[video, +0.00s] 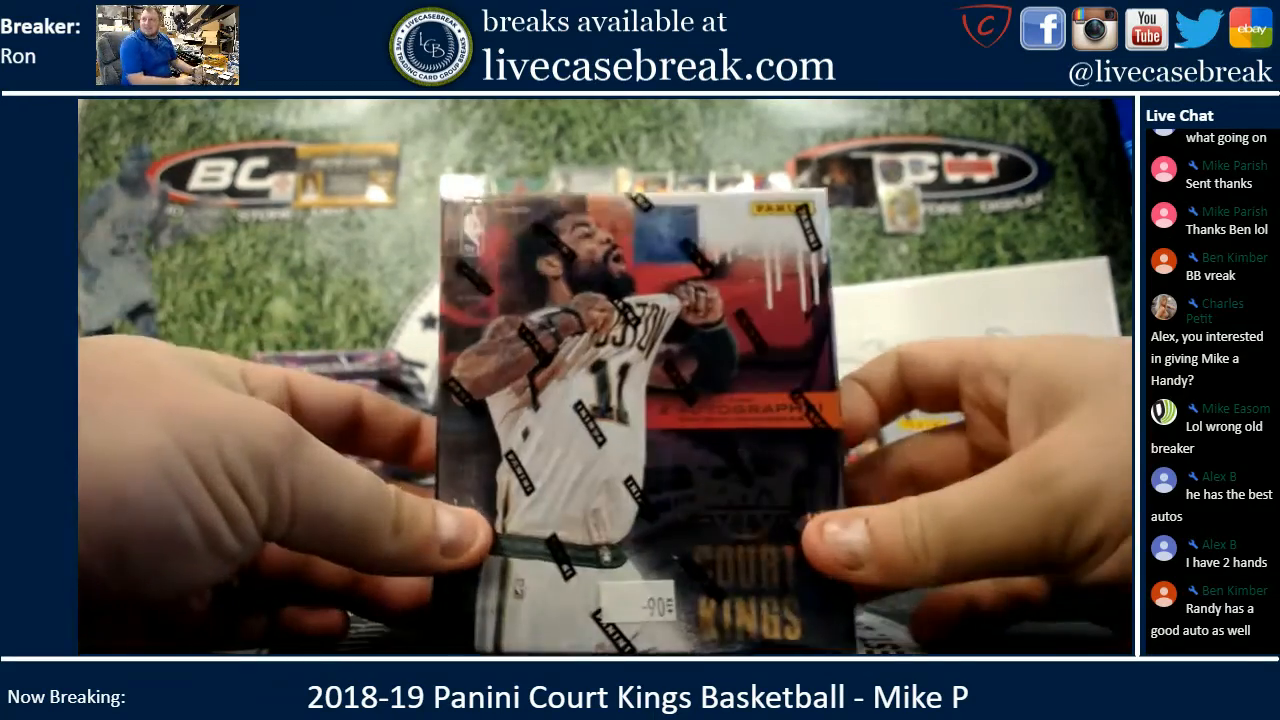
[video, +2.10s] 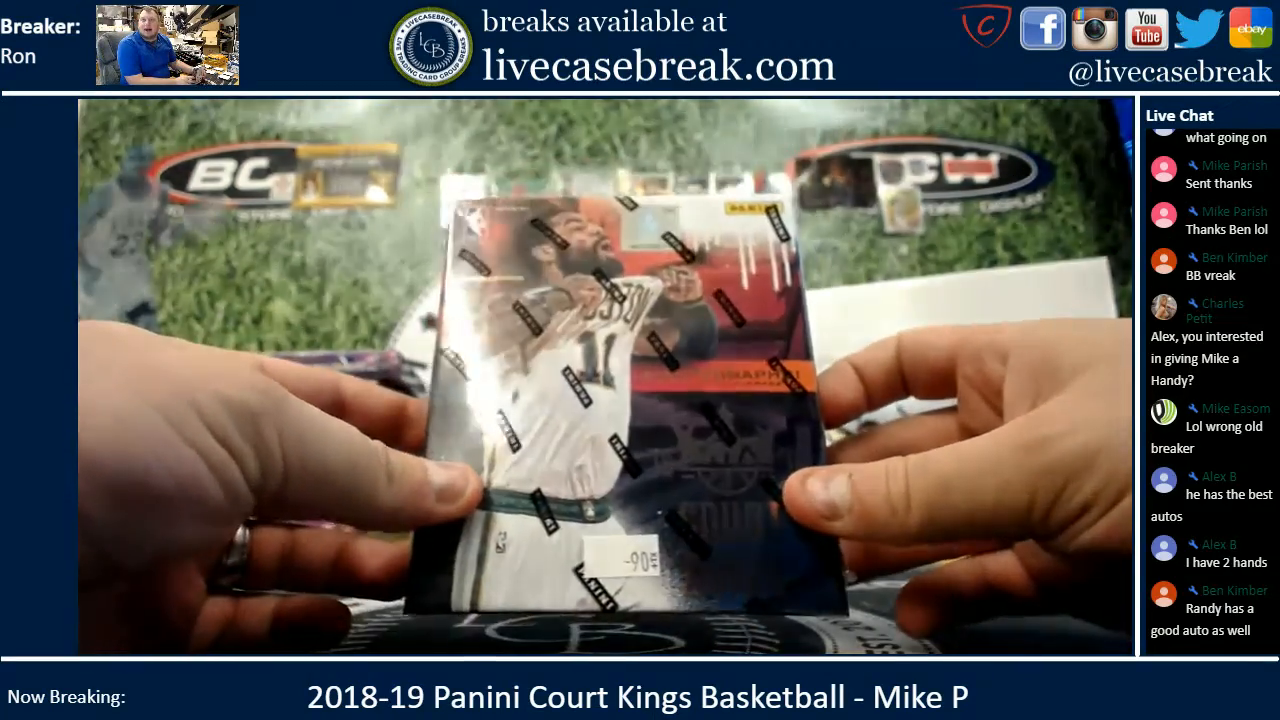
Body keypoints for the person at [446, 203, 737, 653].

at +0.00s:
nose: (607, 239)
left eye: (603, 231)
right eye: (583, 233)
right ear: (549, 265)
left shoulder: (638, 322)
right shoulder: (515, 331)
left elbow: (717, 374)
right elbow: (464, 380)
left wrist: (711, 325)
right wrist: (563, 323)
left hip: (614, 562)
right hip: (536, 566)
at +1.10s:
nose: (613, 199)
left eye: (605, 190)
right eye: (587, 194)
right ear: (554, 228)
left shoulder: (648, 284)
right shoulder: (517, 295)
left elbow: (722, 341)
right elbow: (467, 342)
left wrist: (717, 294)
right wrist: (570, 286)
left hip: (623, 532)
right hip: (540, 537)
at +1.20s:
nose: (600, 201)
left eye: (593, 193)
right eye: (575, 197)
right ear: (541, 230)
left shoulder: (631, 289)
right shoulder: (505, 296)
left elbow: (711, 339)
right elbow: (453, 348)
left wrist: (704, 292)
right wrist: (556, 288)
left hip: (609, 532)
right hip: (526, 536)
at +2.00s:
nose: (596, 232)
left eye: (593, 226)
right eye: (572, 226)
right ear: (540, 253)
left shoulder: (622, 298)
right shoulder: (506, 303)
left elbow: (696, 344)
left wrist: (689, 302)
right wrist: (558, 299)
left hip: (595, 518)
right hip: (518, 519)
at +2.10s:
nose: (598, 232)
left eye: (596, 226)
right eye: (574, 225)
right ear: (543, 252)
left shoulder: (624, 298)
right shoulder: (513, 306)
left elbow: (699, 346)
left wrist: (691, 302)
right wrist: (556, 297)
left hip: (596, 518)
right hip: (519, 517)